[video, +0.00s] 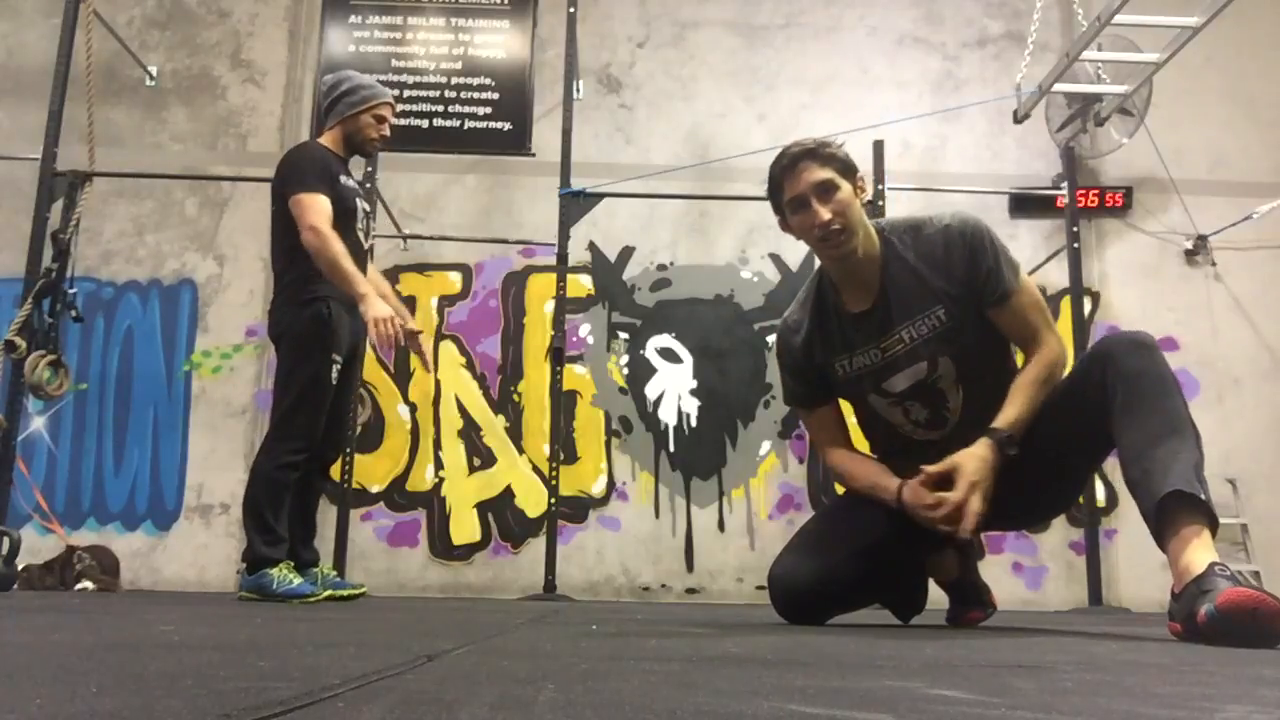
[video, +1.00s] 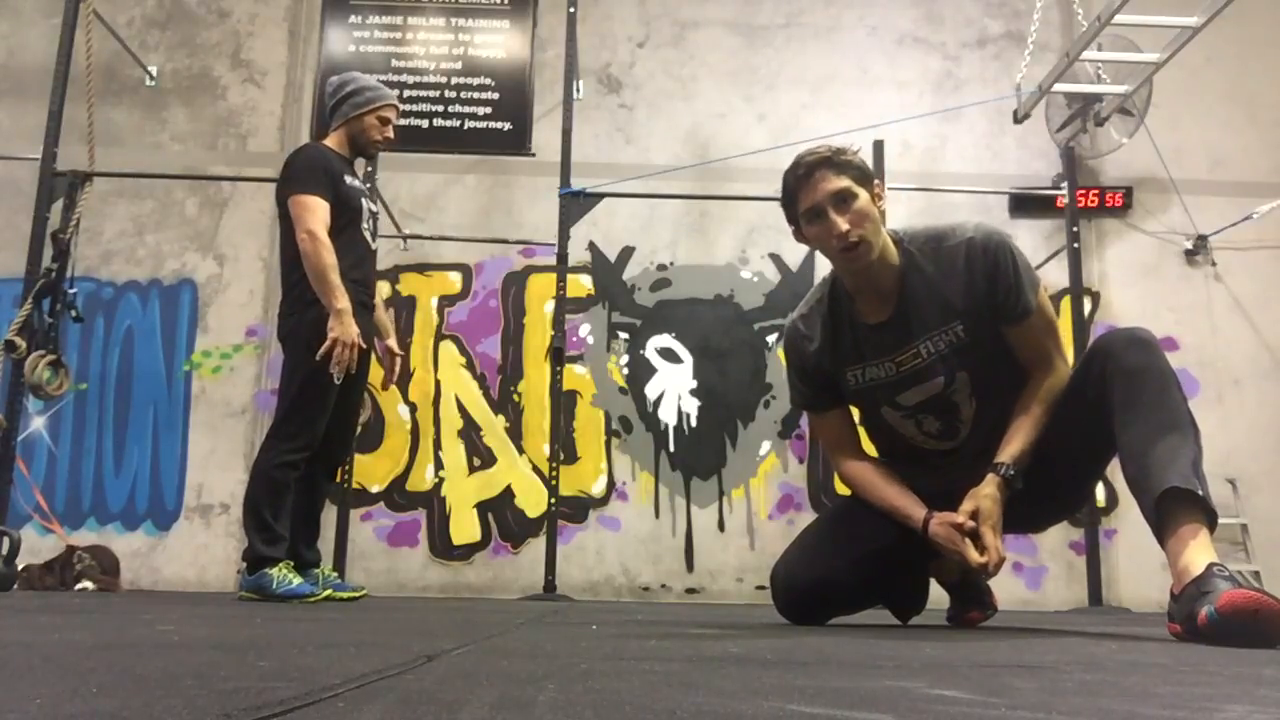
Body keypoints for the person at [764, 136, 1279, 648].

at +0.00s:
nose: (820, 213)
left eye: (826, 191)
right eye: (799, 209)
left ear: (859, 188)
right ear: (791, 230)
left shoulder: (958, 244)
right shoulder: (801, 337)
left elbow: (1048, 349)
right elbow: (835, 448)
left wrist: (992, 448)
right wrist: (900, 492)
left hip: (1014, 466)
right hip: (909, 495)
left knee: (1126, 353)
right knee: (796, 590)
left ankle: (1196, 575)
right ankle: (944, 561)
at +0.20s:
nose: (825, 216)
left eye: (832, 193)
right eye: (804, 211)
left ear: (865, 190)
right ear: (795, 233)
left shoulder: (963, 246)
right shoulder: (805, 336)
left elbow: (1054, 356)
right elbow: (842, 451)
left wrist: (1006, 465)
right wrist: (918, 506)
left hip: (1022, 468)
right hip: (916, 498)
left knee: (1137, 351)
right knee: (797, 590)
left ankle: (1199, 575)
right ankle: (947, 562)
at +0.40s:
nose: (835, 219)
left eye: (842, 195)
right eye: (813, 213)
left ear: (876, 191)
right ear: (804, 233)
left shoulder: (978, 253)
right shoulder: (813, 333)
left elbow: (1054, 369)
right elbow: (847, 453)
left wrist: (1001, 474)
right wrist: (922, 517)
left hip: (1029, 469)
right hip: (920, 495)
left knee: (1132, 348)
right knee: (798, 591)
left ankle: (1197, 574)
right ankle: (944, 560)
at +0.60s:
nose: (841, 222)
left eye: (848, 198)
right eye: (819, 216)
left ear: (881, 195)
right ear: (808, 235)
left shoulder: (985, 255)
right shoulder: (815, 334)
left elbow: (1055, 371)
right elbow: (849, 455)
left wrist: (1003, 480)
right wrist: (930, 518)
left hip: (1031, 469)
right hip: (923, 494)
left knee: (1135, 347)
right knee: (799, 591)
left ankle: (1197, 575)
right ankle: (946, 562)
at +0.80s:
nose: (842, 225)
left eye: (849, 201)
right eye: (820, 219)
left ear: (882, 198)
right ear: (809, 238)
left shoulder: (985, 257)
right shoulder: (814, 334)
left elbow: (1055, 371)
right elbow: (848, 456)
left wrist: (1000, 480)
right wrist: (929, 520)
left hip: (1028, 471)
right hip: (922, 496)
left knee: (1131, 348)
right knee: (798, 591)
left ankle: (1196, 576)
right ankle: (946, 563)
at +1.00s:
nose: (837, 226)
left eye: (844, 202)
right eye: (815, 221)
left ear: (877, 196)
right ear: (805, 240)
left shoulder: (981, 258)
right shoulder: (811, 335)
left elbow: (1051, 370)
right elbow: (845, 454)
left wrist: (998, 481)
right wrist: (926, 520)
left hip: (1024, 471)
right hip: (917, 496)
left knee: (1128, 349)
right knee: (798, 591)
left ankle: (1195, 576)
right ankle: (942, 561)